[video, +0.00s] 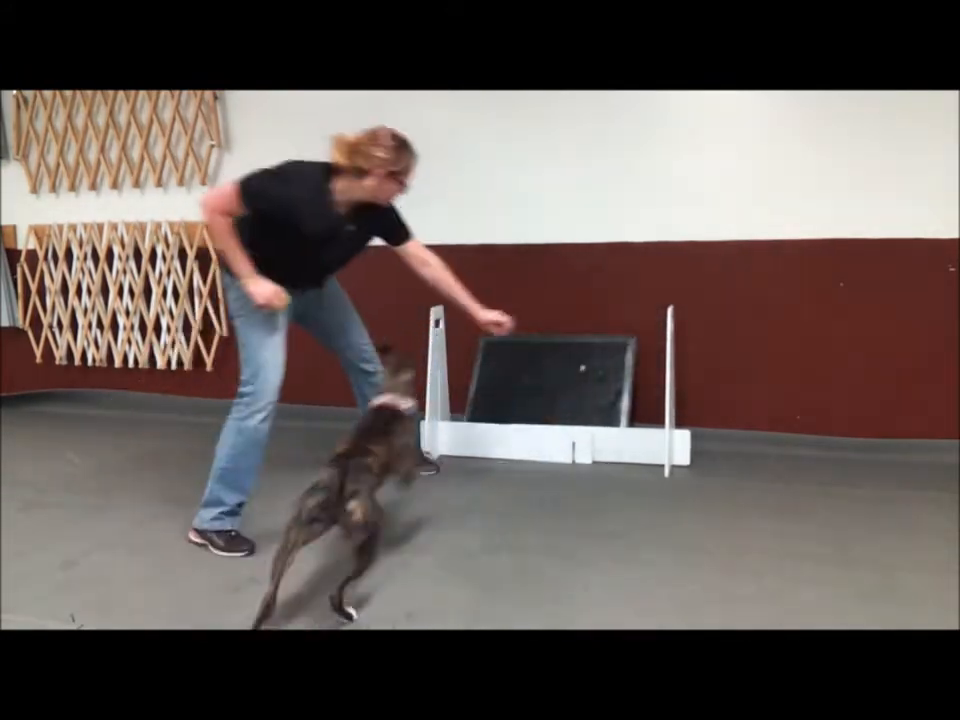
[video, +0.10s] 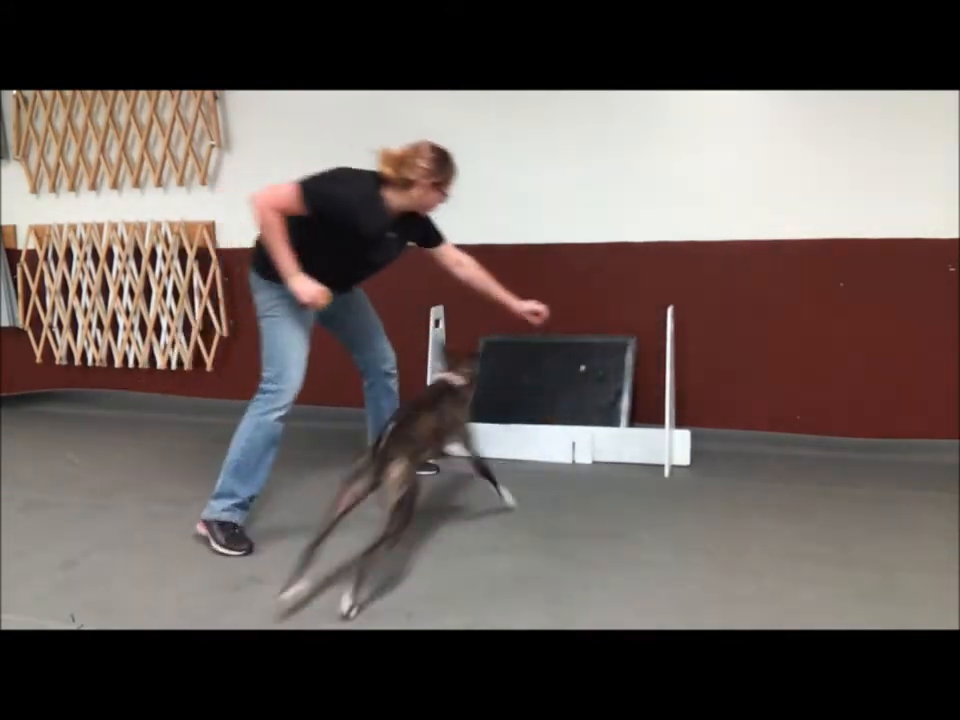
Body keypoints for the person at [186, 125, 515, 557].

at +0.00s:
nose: (402, 189)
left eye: (404, 180)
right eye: (398, 179)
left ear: (376, 177)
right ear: (373, 174)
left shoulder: (377, 211)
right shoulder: (295, 183)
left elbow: (422, 260)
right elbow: (214, 206)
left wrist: (478, 312)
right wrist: (249, 278)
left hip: (313, 285)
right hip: (258, 282)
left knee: (365, 361)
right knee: (261, 394)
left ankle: (397, 454)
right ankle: (214, 521)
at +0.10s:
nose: (440, 200)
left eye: (443, 193)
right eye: (438, 191)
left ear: (426, 187)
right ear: (417, 181)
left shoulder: (413, 223)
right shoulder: (348, 188)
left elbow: (458, 263)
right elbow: (266, 203)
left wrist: (515, 305)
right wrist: (294, 276)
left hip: (337, 289)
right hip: (281, 282)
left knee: (381, 363)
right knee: (281, 388)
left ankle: (390, 461)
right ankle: (222, 515)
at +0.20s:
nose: (469, 210)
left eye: (470, 203)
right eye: (467, 202)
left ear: (449, 195)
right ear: (447, 194)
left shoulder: (438, 231)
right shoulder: (391, 193)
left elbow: (479, 259)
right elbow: (311, 207)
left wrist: (533, 290)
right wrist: (337, 279)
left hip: (351, 283)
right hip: (302, 272)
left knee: (392, 360)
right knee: (310, 381)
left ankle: (389, 457)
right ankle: (243, 501)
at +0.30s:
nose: (478, 212)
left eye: (480, 207)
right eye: (478, 204)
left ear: (460, 197)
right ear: (464, 197)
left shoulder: (446, 229)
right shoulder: (412, 198)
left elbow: (481, 253)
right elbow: (341, 213)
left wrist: (523, 275)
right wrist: (372, 280)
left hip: (354, 272)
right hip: (317, 266)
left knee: (395, 354)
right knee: (340, 374)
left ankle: (392, 455)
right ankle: (273, 488)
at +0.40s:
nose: (482, 209)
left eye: (485, 202)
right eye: (483, 200)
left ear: (464, 190)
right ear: (469, 192)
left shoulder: (441, 218)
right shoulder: (422, 199)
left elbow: (465, 237)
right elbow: (356, 218)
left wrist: (496, 256)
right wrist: (389, 276)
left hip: (361, 268)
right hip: (329, 263)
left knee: (400, 352)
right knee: (371, 366)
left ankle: (393, 457)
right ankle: (326, 487)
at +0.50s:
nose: (485, 200)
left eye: (488, 194)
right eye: (486, 192)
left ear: (468, 183)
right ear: (471, 184)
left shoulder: (444, 201)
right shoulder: (425, 194)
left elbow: (450, 218)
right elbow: (357, 221)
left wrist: (474, 230)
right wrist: (391, 275)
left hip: (363, 264)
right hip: (334, 263)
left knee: (407, 353)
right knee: (391, 359)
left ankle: (398, 455)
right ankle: (370, 483)